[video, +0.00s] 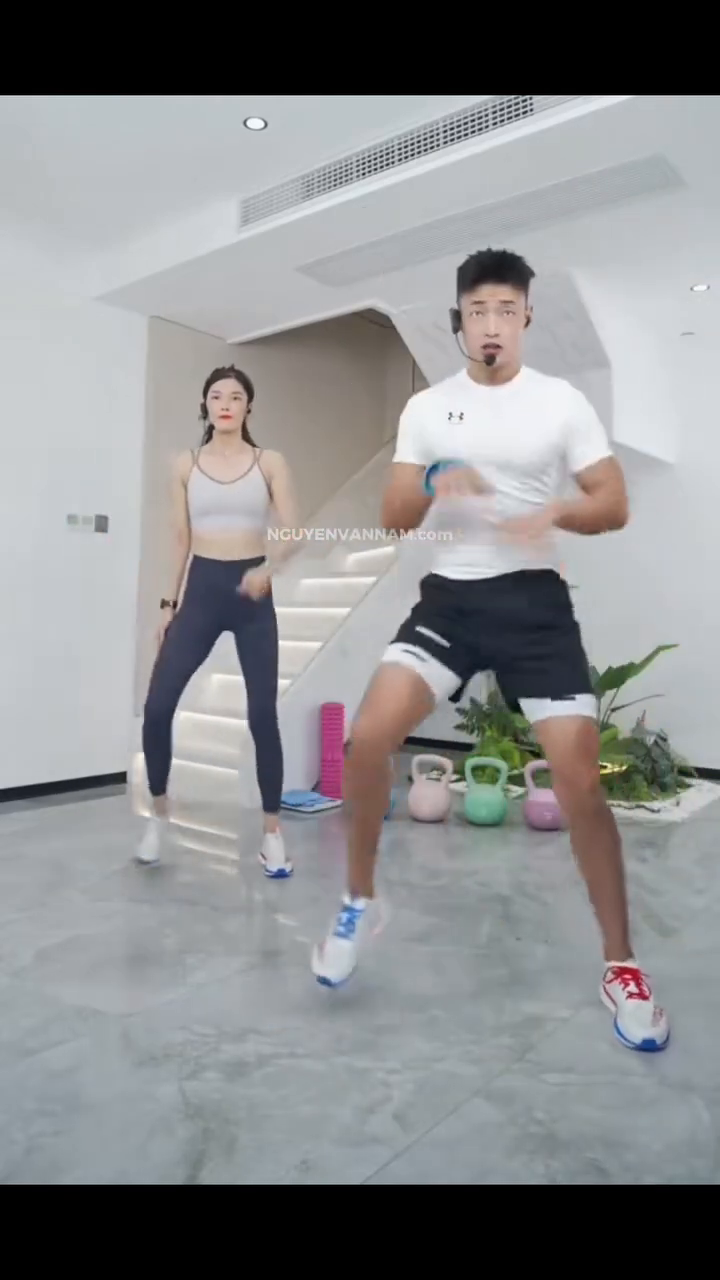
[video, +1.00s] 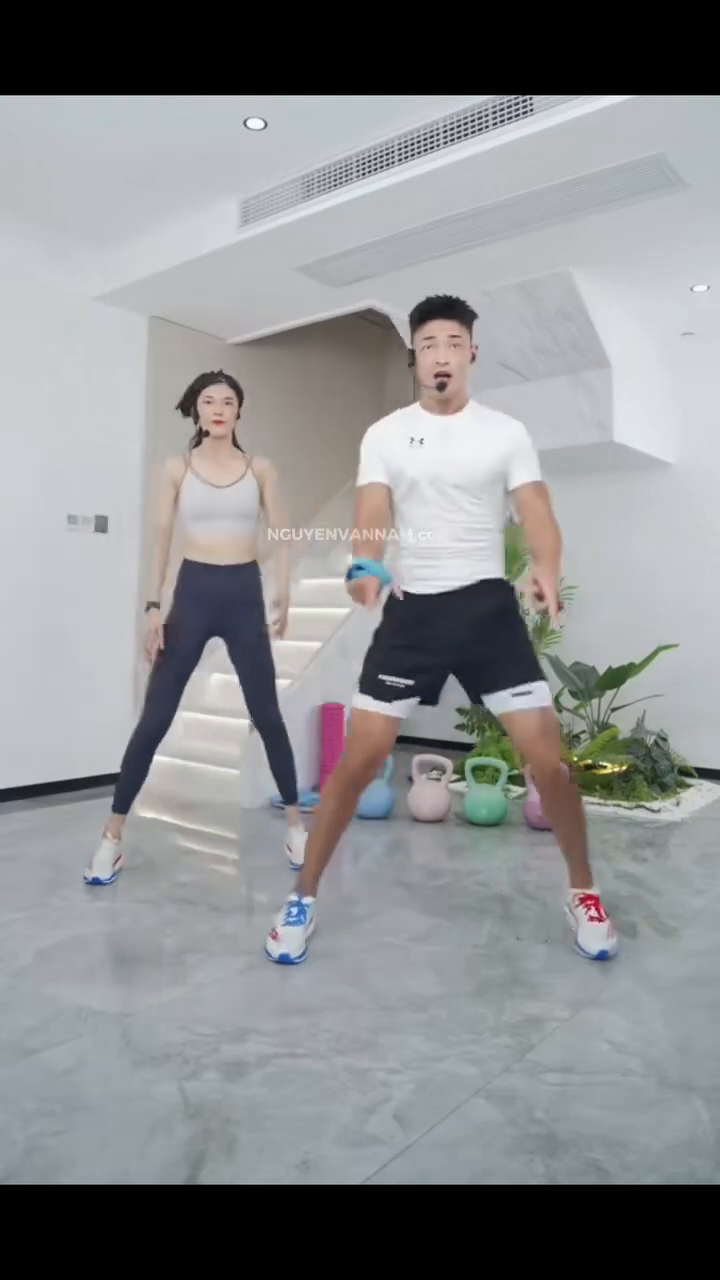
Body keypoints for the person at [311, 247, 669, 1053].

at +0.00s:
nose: (491, 328)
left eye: (506, 313)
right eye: (477, 314)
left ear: (528, 321)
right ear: (459, 322)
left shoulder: (562, 403)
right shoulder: (426, 409)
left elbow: (612, 506)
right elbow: (393, 514)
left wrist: (552, 514)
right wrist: (434, 489)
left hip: (535, 609)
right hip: (445, 606)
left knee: (581, 782)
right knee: (367, 739)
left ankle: (620, 966)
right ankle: (359, 901)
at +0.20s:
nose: (428, 351)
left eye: (442, 336)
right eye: (415, 337)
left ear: (462, 346)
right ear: (397, 346)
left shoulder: (487, 426)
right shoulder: (366, 425)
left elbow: (517, 510)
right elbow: (354, 517)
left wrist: (425, 479)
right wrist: (431, 464)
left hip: (465, 623)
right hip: (381, 622)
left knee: (529, 792)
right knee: (331, 793)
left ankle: (610, 966)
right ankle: (309, 912)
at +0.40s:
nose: (397, 330)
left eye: (412, 318)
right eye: (386, 317)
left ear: (433, 326)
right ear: (369, 322)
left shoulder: (453, 410)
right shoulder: (327, 398)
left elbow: (494, 507)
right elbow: (279, 484)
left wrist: (442, 556)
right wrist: (310, 510)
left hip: (424, 585)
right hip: (345, 587)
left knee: (461, 719)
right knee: (317, 750)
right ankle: (308, 909)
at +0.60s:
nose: (371, 369)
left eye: (384, 356)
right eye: (359, 357)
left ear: (409, 358)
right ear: (345, 362)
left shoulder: (445, 426)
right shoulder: (319, 418)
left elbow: (499, 467)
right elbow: (251, 443)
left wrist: (491, 553)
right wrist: (250, 507)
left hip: (400, 614)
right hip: (325, 609)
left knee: (376, 773)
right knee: (296, 769)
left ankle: (338, 894)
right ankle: (283, 899)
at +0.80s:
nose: (384, 368)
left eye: (397, 355)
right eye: (372, 356)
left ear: (420, 362)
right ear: (358, 366)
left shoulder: (453, 438)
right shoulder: (334, 437)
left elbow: (498, 513)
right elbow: (278, 503)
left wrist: (500, 585)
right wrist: (280, 555)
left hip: (427, 611)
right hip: (348, 612)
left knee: (469, 742)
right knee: (314, 759)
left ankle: (429, 861)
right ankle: (289, 902)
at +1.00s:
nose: (440, 357)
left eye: (453, 344)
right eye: (427, 346)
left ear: (473, 355)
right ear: (413, 359)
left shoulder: (505, 433)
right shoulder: (385, 435)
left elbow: (537, 517)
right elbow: (370, 517)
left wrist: (546, 570)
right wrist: (364, 566)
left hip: (489, 612)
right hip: (410, 616)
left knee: (549, 765)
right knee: (359, 760)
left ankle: (583, 892)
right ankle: (301, 900)